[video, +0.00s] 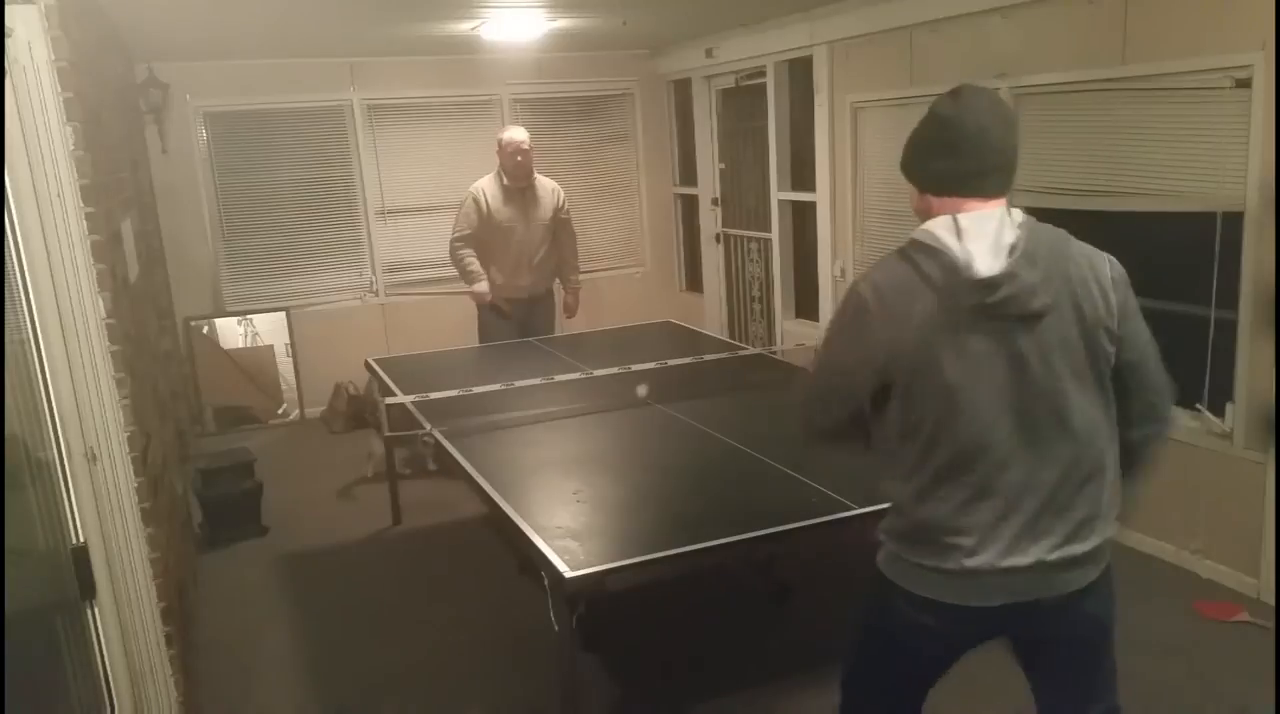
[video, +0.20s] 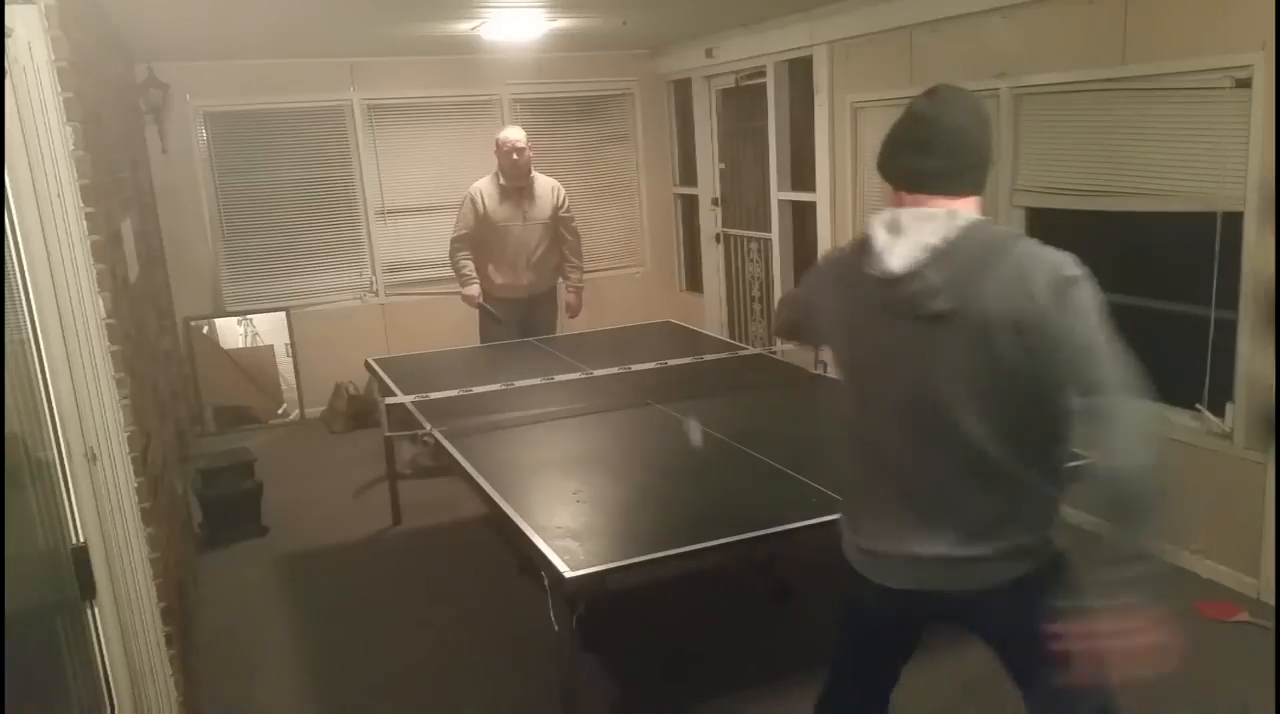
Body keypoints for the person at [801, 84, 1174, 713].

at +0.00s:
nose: (913, 195)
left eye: (912, 182)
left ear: (919, 188)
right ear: (1008, 176)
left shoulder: (884, 294)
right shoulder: (1095, 275)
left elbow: (825, 418)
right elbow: (1149, 410)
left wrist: (913, 428)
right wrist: (1098, 481)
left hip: (933, 590)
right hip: (1071, 587)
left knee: (874, 705)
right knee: (1087, 707)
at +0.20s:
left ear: (890, 176)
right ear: (978, 177)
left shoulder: (844, 277)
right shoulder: (1046, 281)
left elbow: (791, 320)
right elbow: (1120, 447)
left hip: (880, 571)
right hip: (1008, 572)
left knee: (849, 697)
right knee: (1070, 699)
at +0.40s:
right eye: (924, 124)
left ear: (843, 131)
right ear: (926, 137)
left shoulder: (797, 235)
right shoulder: (948, 230)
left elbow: (791, 360)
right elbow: (880, 370)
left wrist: (797, 452)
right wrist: (802, 458)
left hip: (827, 535)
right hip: (927, 538)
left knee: (824, 694)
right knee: (988, 693)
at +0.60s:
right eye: (862, 93)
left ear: (783, 107)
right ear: (869, 106)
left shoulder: (748, 211)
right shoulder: (894, 192)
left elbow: (745, 356)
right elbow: (872, 353)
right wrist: (815, 492)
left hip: (770, 519)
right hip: (869, 531)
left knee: (794, 690)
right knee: (868, 693)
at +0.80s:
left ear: (757, 183)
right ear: (843, 184)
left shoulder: (708, 288)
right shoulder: (874, 286)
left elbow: (688, 429)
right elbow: (891, 469)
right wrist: (905, 618)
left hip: (712, 570)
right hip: (816, 589)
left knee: (743, 698)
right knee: (812, 699)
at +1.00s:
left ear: (730, 202)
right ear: (821, 201)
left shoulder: (682, 310)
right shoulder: (863, 298)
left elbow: (653, 451)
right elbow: (920, 469)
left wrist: (716, 500)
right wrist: (963, 576)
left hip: (695, 597)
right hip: (819, 603)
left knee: (680, 702)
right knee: (890, 701)